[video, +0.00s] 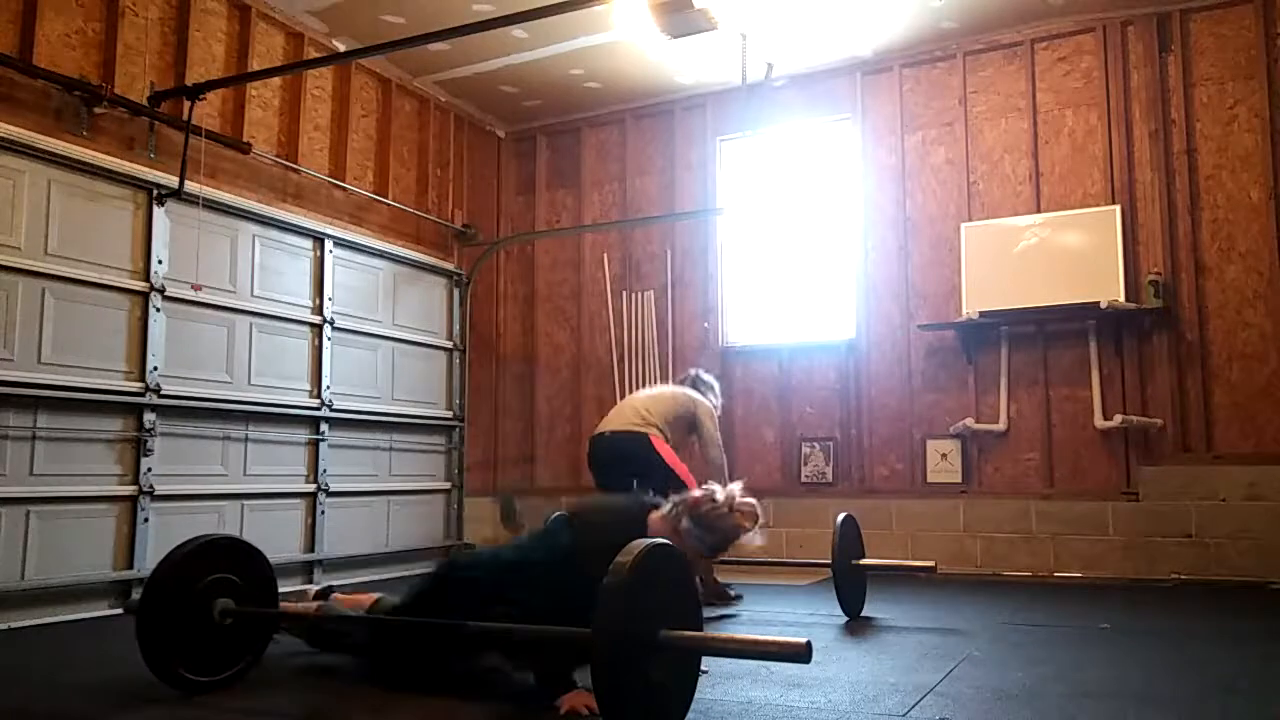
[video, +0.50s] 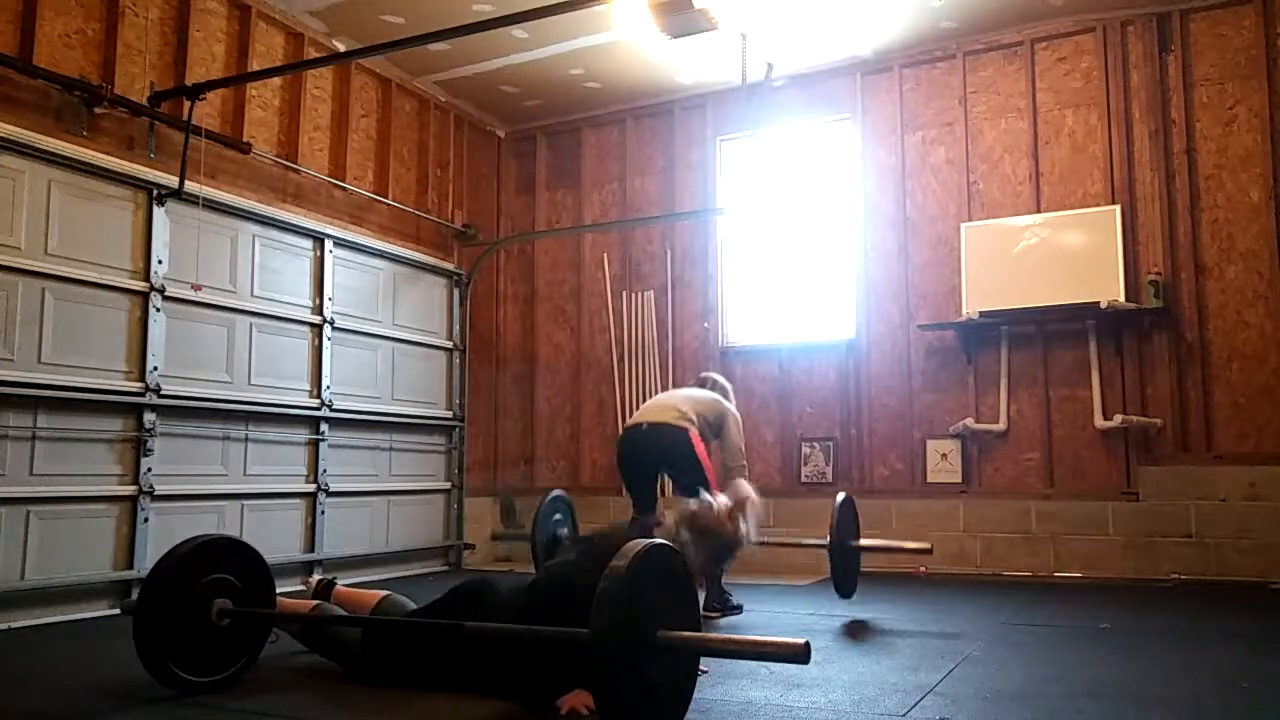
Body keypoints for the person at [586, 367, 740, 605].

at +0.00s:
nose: (716, 414)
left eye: (718, 409)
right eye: (716, 408)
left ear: (686, 386)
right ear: (707, 395)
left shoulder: (657, 396)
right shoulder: (702, 404)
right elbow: (715, 459)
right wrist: (725, 498)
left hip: (600, 443)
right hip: (640, 441)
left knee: (629, 517)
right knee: (694, 505)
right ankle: (709, 585)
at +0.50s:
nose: (730, 406)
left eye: (729, 401)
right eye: (729, 401)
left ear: (696, 388)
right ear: (723, 396)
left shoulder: (670, 397)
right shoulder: (724, 408)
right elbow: (735, 469)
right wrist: (744, 514)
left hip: (633, 436)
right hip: (678, 435)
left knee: (644, 515)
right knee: (706, 513)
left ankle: (629, 590)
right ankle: (715, 595)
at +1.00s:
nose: (722, 329)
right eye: (720, 323)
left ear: (680, 320)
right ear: (714, 323)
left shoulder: (660, 347)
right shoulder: (720, 351)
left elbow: (646, 390)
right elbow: (735, 408)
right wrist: (739, 461)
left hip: (639, 425)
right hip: (679, 428)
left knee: (648, 509)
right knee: (711, 507)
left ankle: (647, 593)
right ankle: (724, 592)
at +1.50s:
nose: (724, 332)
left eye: (722, 328)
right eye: (722, 327)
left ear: (687, 328)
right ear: (716, 328)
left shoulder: (665, 352)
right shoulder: (720, 346)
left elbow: (625, 364)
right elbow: (747, 356)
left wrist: (637, 399)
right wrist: (738, 399)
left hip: (650, 422)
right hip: (689, 422)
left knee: (653, 506)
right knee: (715, 507)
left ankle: (631, 585)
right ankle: (723, 592)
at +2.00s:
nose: (727, 342)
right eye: (727, 337)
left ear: (692, 331)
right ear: (721, 333)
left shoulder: (669, 351)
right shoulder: (729, 349)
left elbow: (636, 391)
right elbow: (745, 381)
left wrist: (643, 426)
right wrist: (745, 429)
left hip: (646, 425)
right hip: (686, 425)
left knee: (653, 506)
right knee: (715, 508)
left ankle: (632, 587)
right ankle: (723, 592)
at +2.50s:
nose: (737, 361)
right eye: (736, 356)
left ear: (698, 347)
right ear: (729, 353)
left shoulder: (675, 363)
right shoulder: (732, 370)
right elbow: (746, 421)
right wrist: (746, 468)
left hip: (643, 428)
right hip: (683, 430)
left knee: (650, 509)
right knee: (716, 509)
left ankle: (634, 587)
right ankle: (723, 592)